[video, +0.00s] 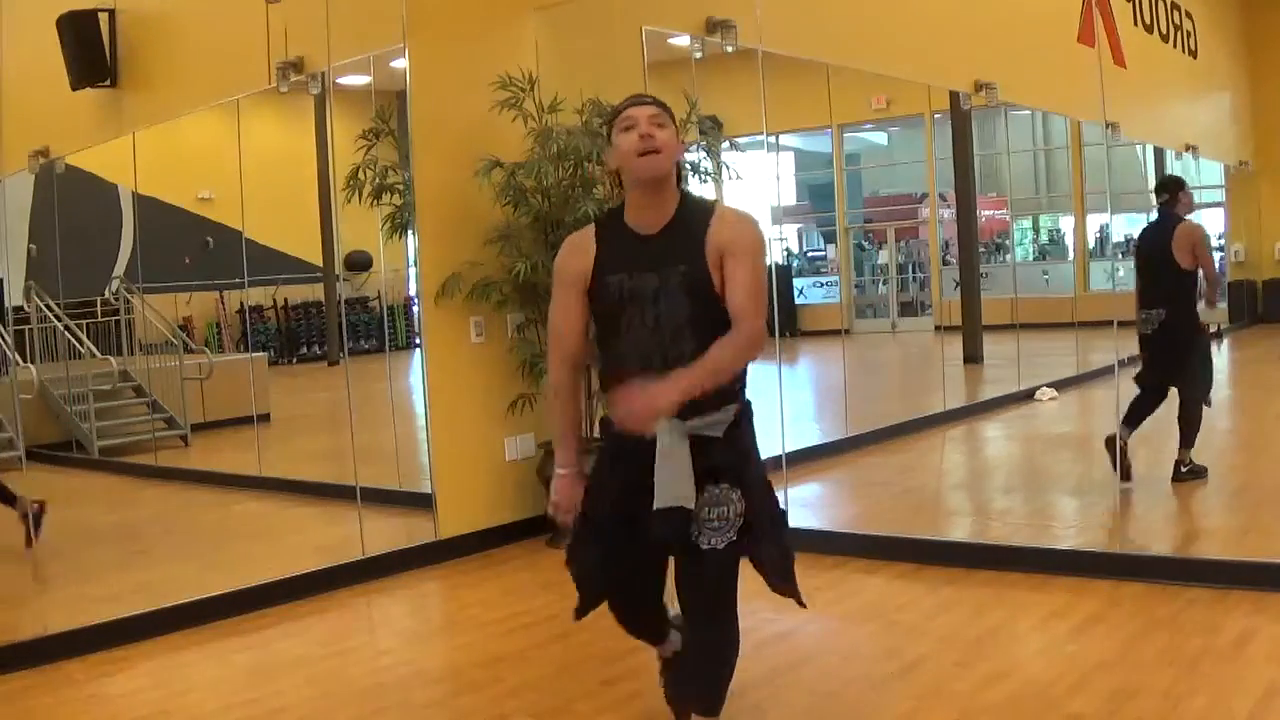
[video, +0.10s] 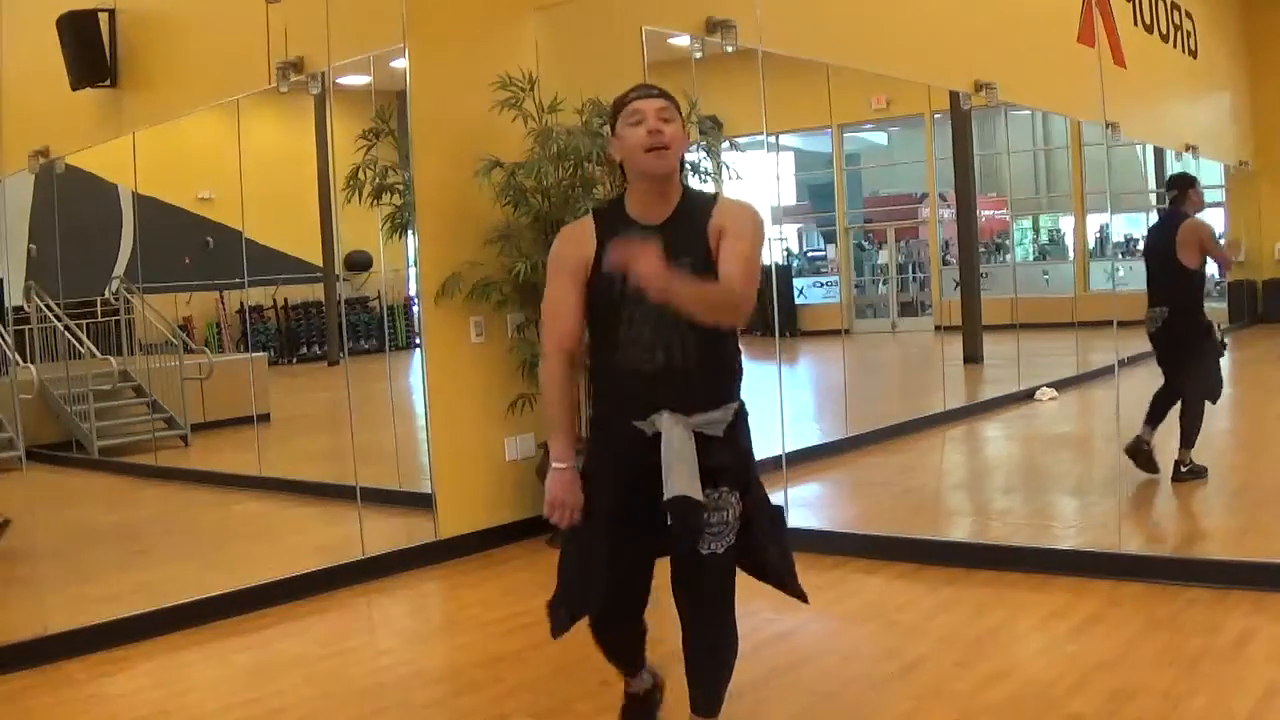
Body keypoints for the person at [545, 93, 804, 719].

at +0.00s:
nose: (646, 133)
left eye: (658, 124)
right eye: (629, 129)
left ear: (681, 147)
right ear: (611, 159)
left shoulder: (731, 232)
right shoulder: (581, 250)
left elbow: (750, 334)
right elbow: (565, 362)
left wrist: (670, 390)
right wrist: (566, 465)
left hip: (714, 439)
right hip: (628, 442)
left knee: (707, 599)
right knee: (625, 589)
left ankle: (698, 707)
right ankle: (670, 641)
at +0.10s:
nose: (654, 128)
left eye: (666, 119)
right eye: (637, 123)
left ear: (687, 140)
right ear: (615, 149)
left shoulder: (732, 220)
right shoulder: (579, 240)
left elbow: (735, 307)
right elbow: (559, 353)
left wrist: (666, 284)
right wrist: (562, 461)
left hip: (710, 434)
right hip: (620, 439)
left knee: (707, 601)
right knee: (610, 609)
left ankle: (707, 712)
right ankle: (640, 683)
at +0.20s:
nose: (670, 123)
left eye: (679, 114)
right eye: (651, 112)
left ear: (692, 134)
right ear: (617, 137)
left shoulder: (730, 204)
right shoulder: (576, 230)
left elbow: (712, 231)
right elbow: (558, 346)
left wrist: (666, 179)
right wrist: (572, 456)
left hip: (706, 435)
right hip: (613, 443)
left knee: (706, 603)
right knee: (604, 612)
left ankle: (705, 714)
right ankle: (606, 717)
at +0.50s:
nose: (623, 131)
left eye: (638, 118)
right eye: (604, 120)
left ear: (657, 138)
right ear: (580, 142)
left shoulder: (697, 203)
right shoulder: (533, 234)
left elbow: (666, 273)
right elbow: (528, 357)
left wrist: (535, 270)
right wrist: (599, 457)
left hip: (682, 466)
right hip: (576, 472)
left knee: (697, 639)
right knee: (585, 677)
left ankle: (701, 712)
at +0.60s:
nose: (587, 126)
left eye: (601, 113)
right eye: (568, 116)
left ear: (626, 132)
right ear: (547, 140)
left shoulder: (679, 220)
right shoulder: (508, 240)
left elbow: (665, 354)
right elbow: (498, 369)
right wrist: (550, 467)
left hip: (660, 473)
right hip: (554, 477)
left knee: (683, 646)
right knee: (565, 680)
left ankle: (696, 711)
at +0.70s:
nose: (557, 133)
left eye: (574, 118)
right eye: (538, 122)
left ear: (602, 139)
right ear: (519, 149)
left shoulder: (656, 235)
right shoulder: (490, 255)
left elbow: (695, 380)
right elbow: (473, 392)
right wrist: (490, 504)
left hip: (653, 484)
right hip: (545, 487)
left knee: (672, 680)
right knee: (554, 693)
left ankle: (690, 710)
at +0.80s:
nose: (535, 149)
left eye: (553, 133)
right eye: (516, 138)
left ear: (586, 152)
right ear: (498, 164)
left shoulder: (646, 255)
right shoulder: (476, 270)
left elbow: (732, 382)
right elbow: (455, 404)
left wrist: (779, 500)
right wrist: (447, 529)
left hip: (639, 506)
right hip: (534, 505)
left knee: (659, 698)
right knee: (542, 701)